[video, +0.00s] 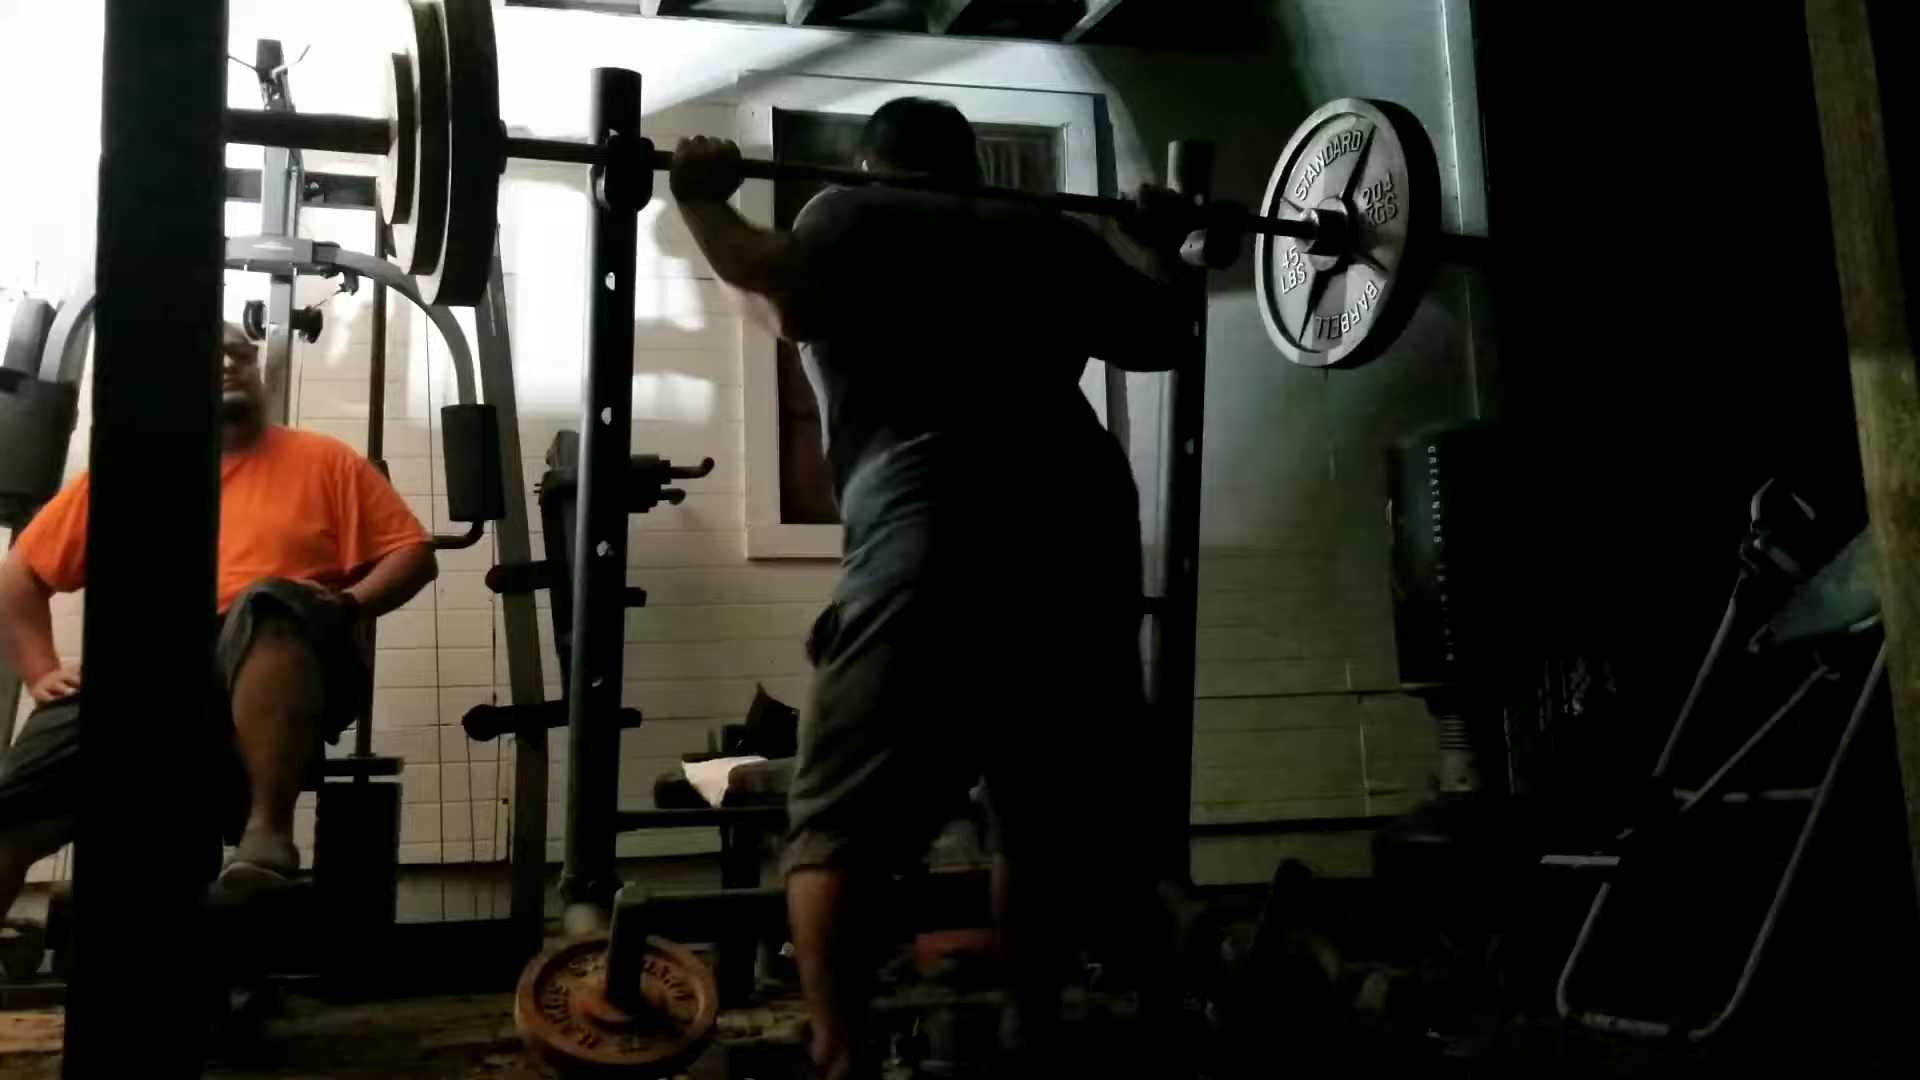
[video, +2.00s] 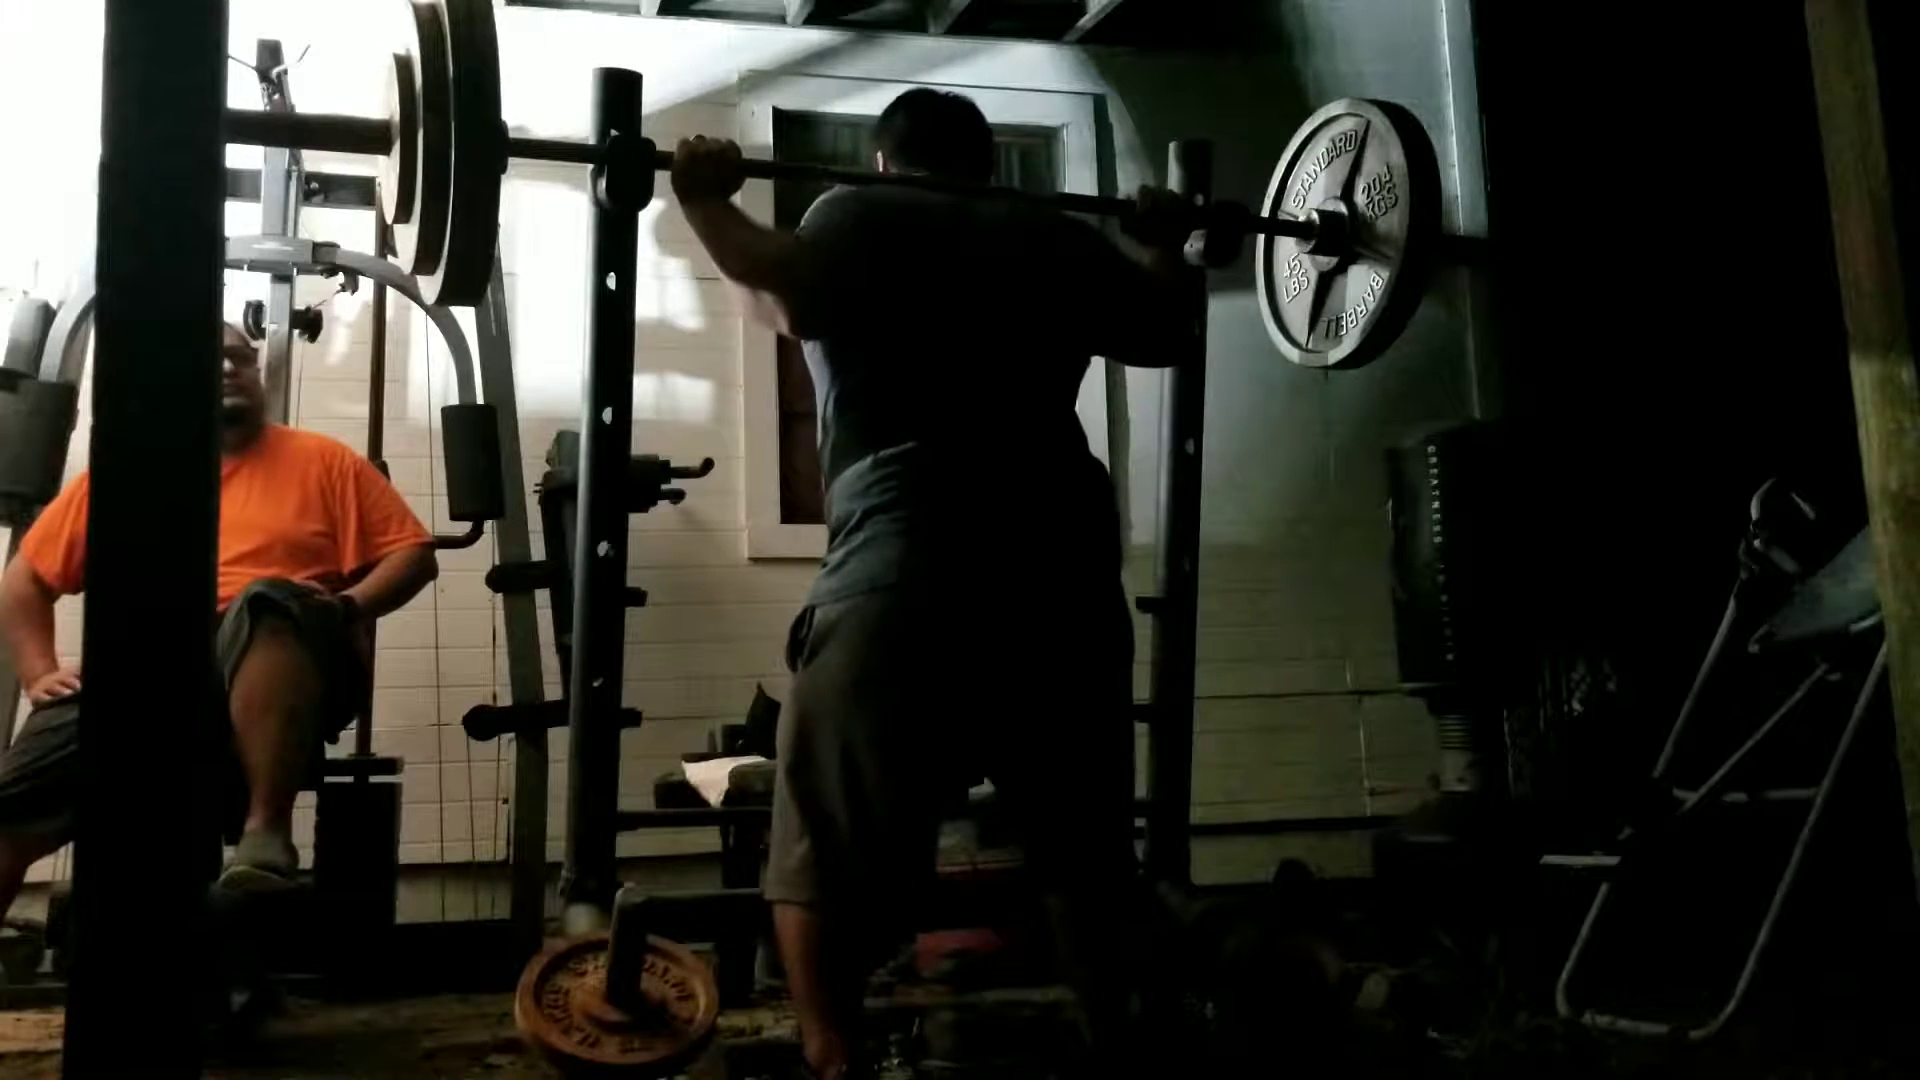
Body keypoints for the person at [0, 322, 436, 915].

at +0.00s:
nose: (230, 367)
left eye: (242, 355)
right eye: (213, 357)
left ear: (265, 374)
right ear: (187, 375)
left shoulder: (325, 462)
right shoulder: (134, 468)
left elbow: (414, 552)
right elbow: (21, 571)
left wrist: (353, 601)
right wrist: (41, 670)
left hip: (285, 669)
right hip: (147, 666)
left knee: (273, 606)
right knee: (14, 804)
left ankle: (268, 832)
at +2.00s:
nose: (230, 370)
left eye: (242, 357)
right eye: (213, 358)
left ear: (264, 375)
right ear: (185, 376)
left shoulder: (324, 462)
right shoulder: (131, 468)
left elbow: (414, 552)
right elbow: (24, 575)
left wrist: (350, 603)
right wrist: (39, 672)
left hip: (287, 669)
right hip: (146, 668)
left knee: (271, 604)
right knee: (14, 805)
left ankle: (266, 829)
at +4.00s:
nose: (230, 370)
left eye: (241, 358)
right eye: (213, 359)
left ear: (264, 376)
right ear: (186, 378)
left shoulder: (323, 463)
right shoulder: (133, 467)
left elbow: (414, 557)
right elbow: (24, 575)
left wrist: (349, 604)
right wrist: (38, 671)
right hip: (144, 666)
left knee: (272, 604)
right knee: (12, 809)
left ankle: (266, 830)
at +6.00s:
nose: (227, 373)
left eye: (239, 360)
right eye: (211, 361)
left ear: (264, 375)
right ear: (186, 378)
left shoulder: (326, 465)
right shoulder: (132, 467)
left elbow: (414, 559)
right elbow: (25, 573)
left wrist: (350, 603)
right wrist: (38, 671)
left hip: (285, 664)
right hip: (145, 664)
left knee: (271, 604)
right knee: (12, 806)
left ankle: (265, 830)